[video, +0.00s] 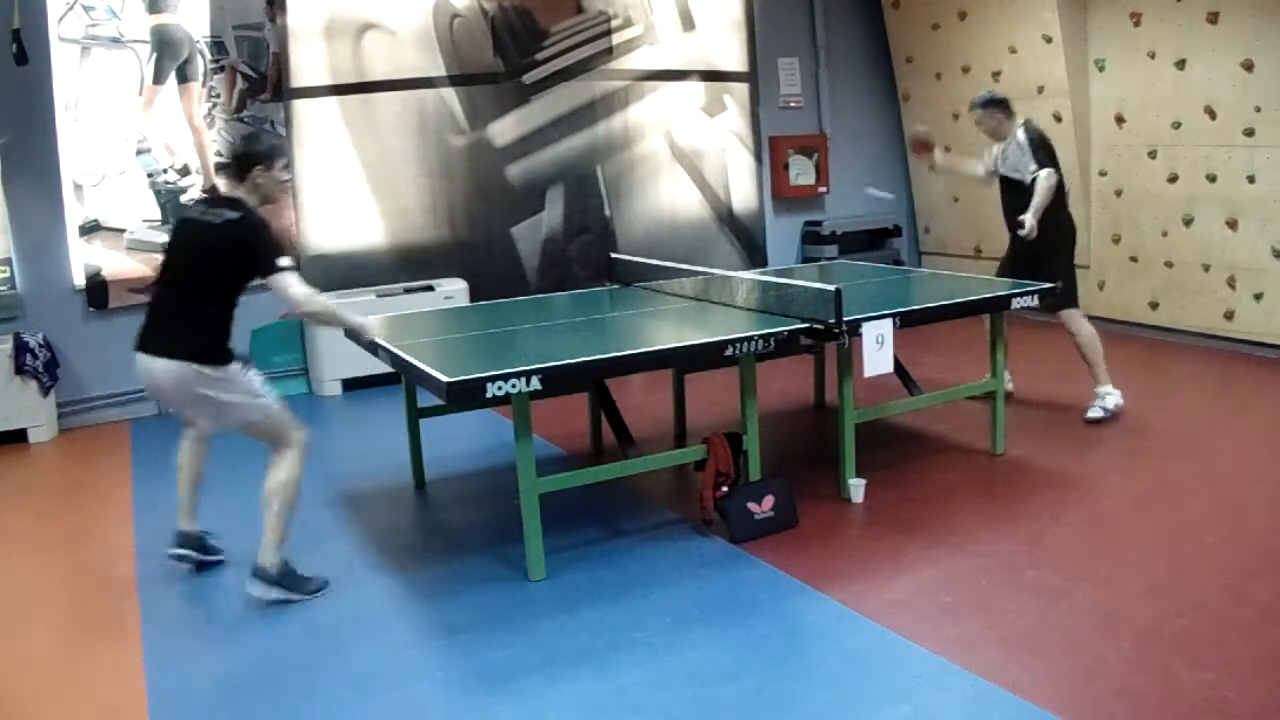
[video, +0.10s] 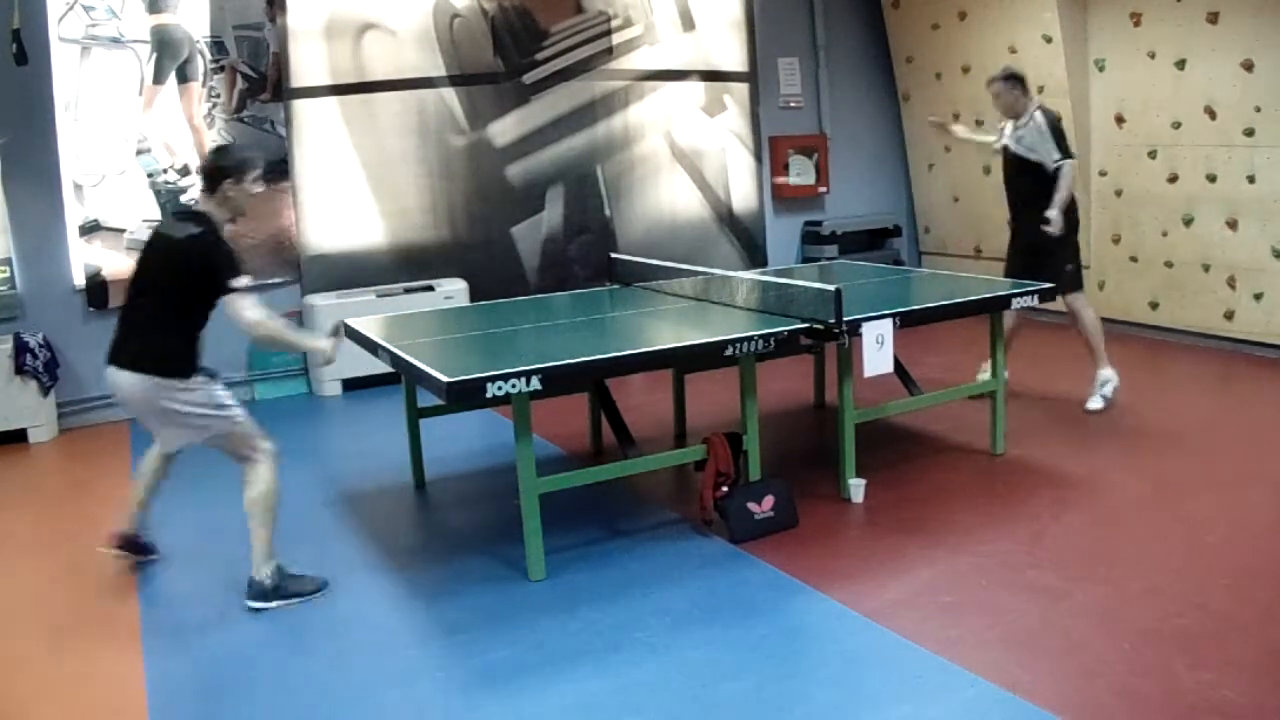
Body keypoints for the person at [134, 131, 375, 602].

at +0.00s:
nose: (286, 179)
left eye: (285, 169)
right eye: (281, 170)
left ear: (234, 171)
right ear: (257, 173)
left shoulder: (194, 213)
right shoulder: (251, 229)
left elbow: (174, 275)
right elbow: (301, 301)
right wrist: (350, 323)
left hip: (151, 358)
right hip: (200, 367)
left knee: (198, 423)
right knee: (290, 439)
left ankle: (187, 534)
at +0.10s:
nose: (258, 193)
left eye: (258, 184)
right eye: (253, 184)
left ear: (210, 185)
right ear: (227, 186)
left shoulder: (170, 226)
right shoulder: (211, 246)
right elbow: (253, 319)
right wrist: (318, 344)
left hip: (123, 372)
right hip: (168, 380)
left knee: (170, 438)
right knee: (260, 453)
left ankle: (131, 530)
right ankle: (265, 575)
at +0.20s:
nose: (224, 207)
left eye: (223, 197)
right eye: (218, 197)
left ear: (183, 199)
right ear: (191, 199)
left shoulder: (148, 239)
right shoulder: (162, 251)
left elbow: (145, 324)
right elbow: (173, 339)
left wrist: (175, 375)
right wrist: (252, 373)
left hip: (97, 375)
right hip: (125, 382)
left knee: (145, 459)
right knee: (212, 457)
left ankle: (90, 551)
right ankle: (259, 577)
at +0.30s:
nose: (185, 213)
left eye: (184, 205)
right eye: (178, 206)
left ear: (152, 208)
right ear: (149, 208)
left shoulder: (143, 252)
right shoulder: (107, 261)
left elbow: (137, 315)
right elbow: (98, 355)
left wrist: (180, 373)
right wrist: (173, 389)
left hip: (95, 376)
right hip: (65, 383)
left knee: (140, 458)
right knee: (147, 459)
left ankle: (89, 551)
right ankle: (194, 585)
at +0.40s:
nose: (134, 219)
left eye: (134, 210)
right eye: (128, 211)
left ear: (111, 214)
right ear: (101, 214)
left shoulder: (117, 254)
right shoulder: (57, 264)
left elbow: (128, 311)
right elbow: (48, 361)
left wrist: (176, 356)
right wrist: (125, 379)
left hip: (76, 378)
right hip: (34, 388)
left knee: (131, 457)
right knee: (101, 471)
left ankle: (86, 552)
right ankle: (60, 601)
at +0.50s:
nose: (88, 232)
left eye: (87, 222)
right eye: (79, 225)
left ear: (72, 224)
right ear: (51, 228)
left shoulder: (82, 259)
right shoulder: (9, 282)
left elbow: (114, 308)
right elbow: (16, 377)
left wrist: (163, 340)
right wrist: (64, 360)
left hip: (68, 392)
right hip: (18, 408)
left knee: (126, 461)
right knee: (36, 504)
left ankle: (88, 550)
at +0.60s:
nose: (35, 251)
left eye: (33, 241)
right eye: (24, 245)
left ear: (34, 241)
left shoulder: (44, 271)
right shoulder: (1, 303)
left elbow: (86, 313)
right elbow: (5, 403)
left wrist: (141, 336)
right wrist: (7, 358)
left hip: (52, 405)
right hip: (6, 425)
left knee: (120, 466)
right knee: (8, 516)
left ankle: (88, 550)